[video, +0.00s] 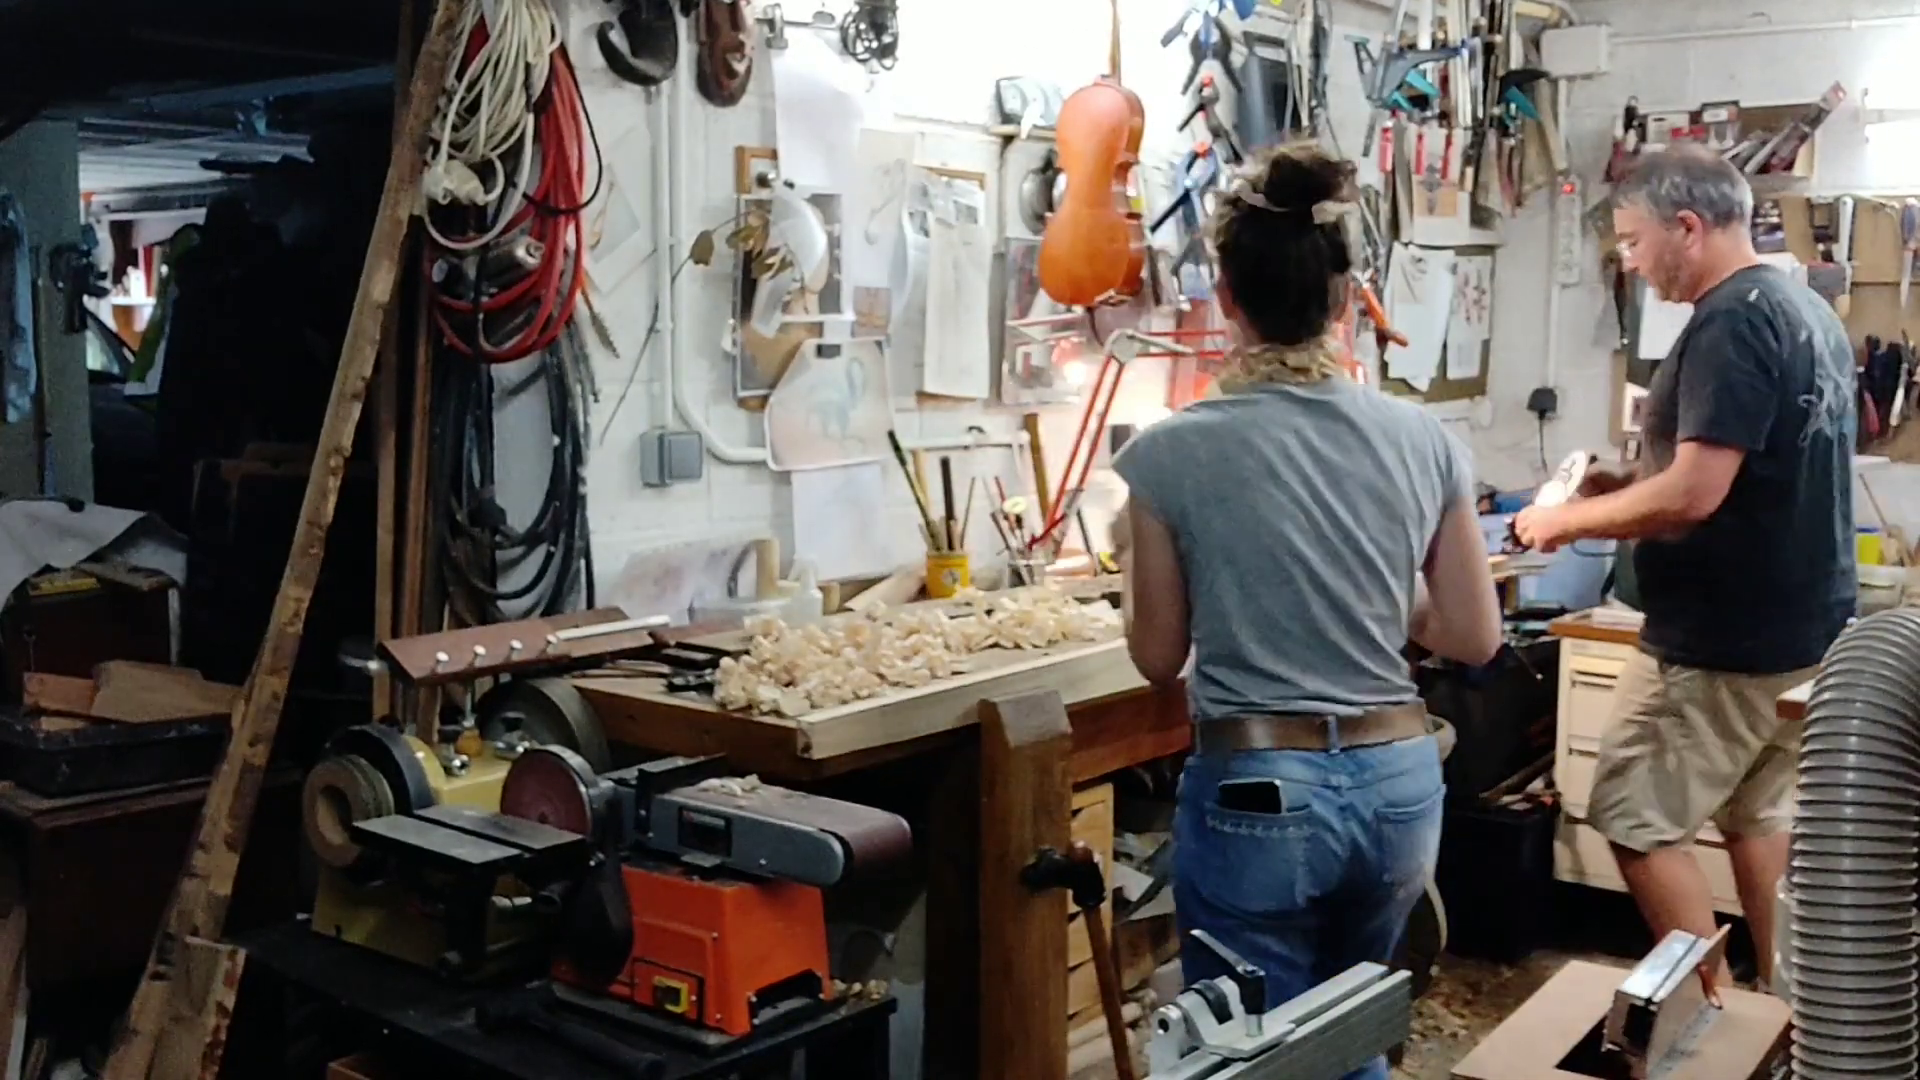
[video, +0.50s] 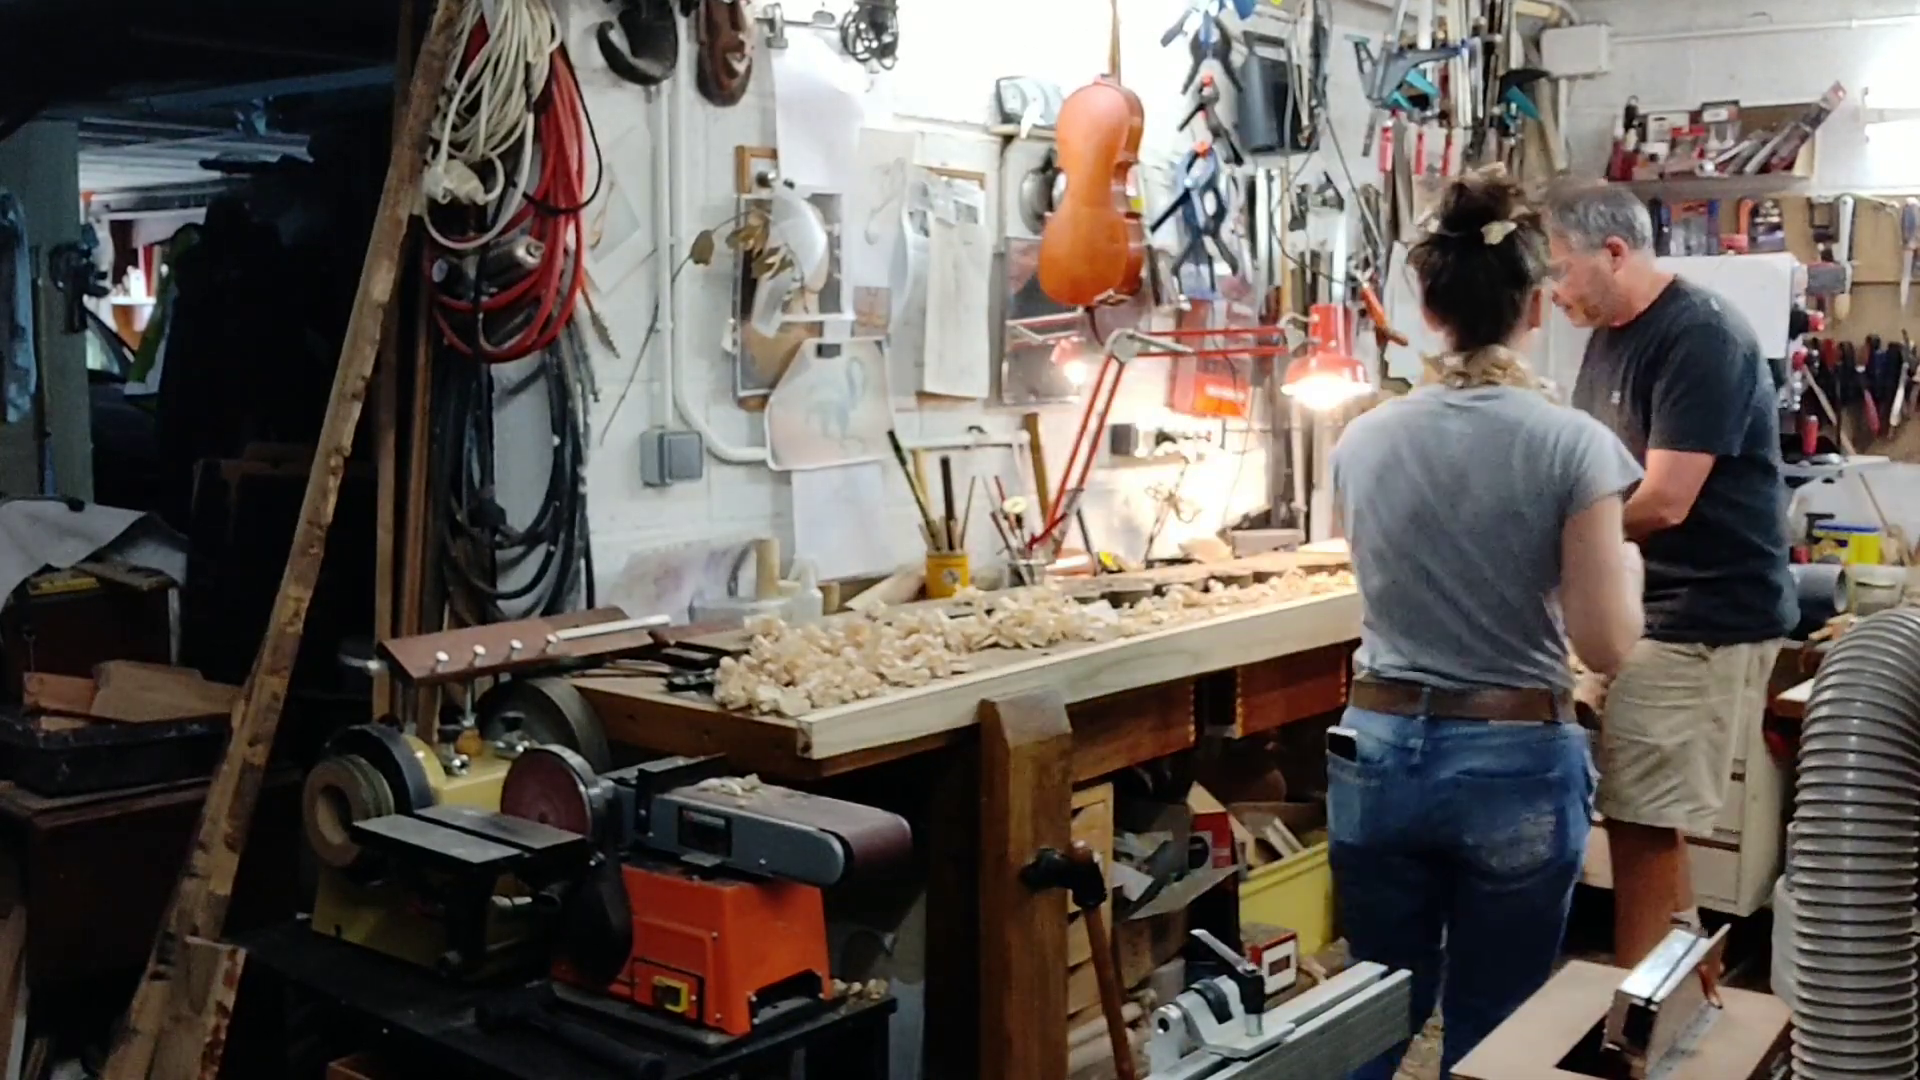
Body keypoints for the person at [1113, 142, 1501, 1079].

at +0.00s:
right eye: (1351, 284)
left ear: (1228, 299)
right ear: (1349, 299)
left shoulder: (1172, 451)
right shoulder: (1422, 437)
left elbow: (1156, 653)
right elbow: (1473, 638)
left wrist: (1224, 574)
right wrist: (1391, 605)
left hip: (1255, 795)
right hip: (1402, 782)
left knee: (1245, 1051)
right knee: (1364, 1037)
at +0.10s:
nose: (1387, 307)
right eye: (1384, 292)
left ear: (1258, 306)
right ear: (1377, 305)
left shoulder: (1186, 454)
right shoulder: (1447, 447)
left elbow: (1185, 648)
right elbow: (1497, 653)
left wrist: (1268, 592)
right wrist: (1423, 596)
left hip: (1254, 785)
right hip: (1411, 779)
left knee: (1258, 1048)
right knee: (1399, 1034)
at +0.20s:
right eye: (1415, 302)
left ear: (1294, 312)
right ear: (1410, 313)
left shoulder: (1216, 456)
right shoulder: (1474, 455)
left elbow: (1229, 639)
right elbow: (1519, 664)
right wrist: (1461, 586)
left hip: (1268, 781)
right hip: (1428, 780)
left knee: (1273, 1049)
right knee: (1427, 1036)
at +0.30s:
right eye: (1460, 310)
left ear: (1336, 322)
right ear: (1453, 319)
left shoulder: (1260, 461)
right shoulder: (1505, 462)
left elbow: (1279, 619)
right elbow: (1542, 669)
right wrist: (1482, 598)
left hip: (1303, 772)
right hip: (1462, 774)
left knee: (1302, 1051)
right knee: (1450, 1041)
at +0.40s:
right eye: (1508, 301)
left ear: (1376, 311)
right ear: (1494, 317)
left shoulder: (1313, 457)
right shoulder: (1546, 458)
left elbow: (1334, 613)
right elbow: (1572, 662)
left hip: (1343, 756)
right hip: (1495, 761)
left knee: (1333, 1037)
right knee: (1476, 1039)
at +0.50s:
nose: (1555, 306)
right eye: (1551, 291)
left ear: (1427, 308)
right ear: (1535, 306)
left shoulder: (1360, 441)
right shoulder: (1576, 443)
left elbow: (1369, 588)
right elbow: (1607, 645)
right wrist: (1592, 550)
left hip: (1376, 741)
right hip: (1518, 748)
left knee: (1374, 1013)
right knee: (1492, 1030)